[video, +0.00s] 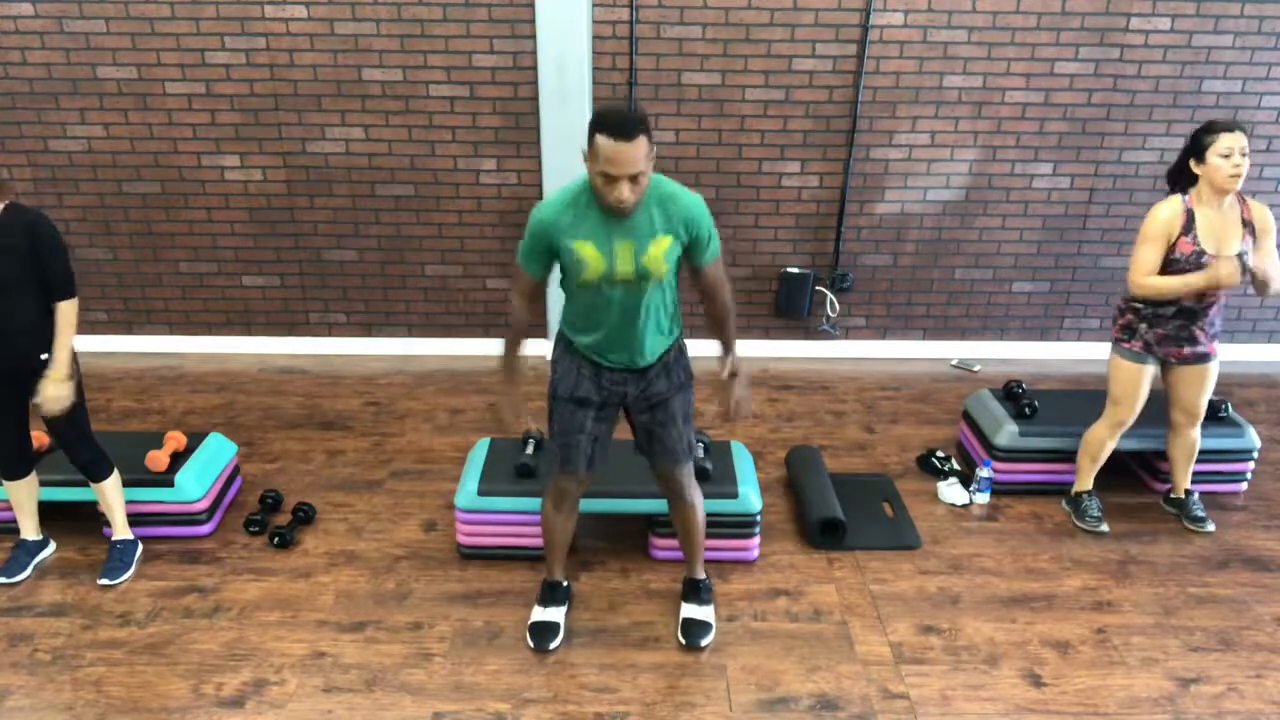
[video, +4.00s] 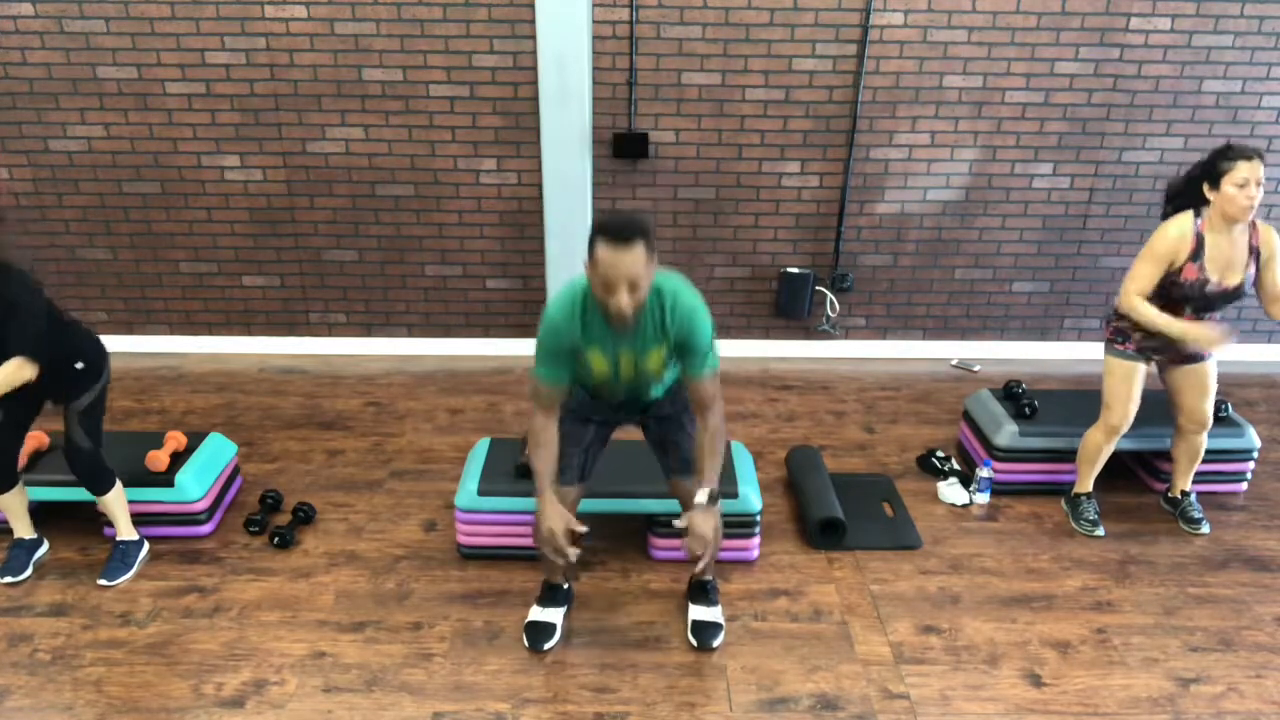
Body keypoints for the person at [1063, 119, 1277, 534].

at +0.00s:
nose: (1238, 164)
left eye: (1244, 156)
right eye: (1226, 156)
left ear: (1249, 161)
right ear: (1197, 165)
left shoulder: (1257, 216)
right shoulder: (1167, 213)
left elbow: (1268, 288)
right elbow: (1138, 283)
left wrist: (1256, 268)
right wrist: (1206, 279)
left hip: (1197, 331)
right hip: (1143, 326)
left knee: (1189, 419)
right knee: (1120, 416)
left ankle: (1181, 494)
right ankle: (1080, 491)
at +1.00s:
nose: (1238, 235)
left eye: (1244, 226)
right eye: (1227, 225)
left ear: (1250, 229)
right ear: (1199, 229)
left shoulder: (1254, 274)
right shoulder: (1168, 265)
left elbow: (1275, 336)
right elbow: (1130, 340)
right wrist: (1163, 389)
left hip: (1180, 346)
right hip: (1125, 338)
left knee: (1208, 425)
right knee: (1119, 424)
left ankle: (1179, 493)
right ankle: (1079, 493)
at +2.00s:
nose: (1252, 172)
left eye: (1256, 163)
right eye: (1241, 163)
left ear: (1260, 167)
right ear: (1208, 170)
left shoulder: (1262, 220)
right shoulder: (1177, 214)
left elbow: (1275, 286)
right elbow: (1141, 284)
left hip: (1198, 330)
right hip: (1145, 323)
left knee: (1192, 421)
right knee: (1119, 418)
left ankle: (1179, 494)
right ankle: (1080, 493)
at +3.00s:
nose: (1244, 203)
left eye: (1249, 193)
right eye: (1233, 192)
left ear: (1254, 195)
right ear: (1202, 196)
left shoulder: (1254, 242)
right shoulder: (1171, 238)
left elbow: (1277, 295)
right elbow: (1107, 294)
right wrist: (1071, 355)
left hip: (1189, 338)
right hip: (1132, 334)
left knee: (1206, 427)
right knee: (1116, 430)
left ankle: (1179, 493)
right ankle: (1080, 494)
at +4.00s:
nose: (1255, 195)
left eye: (1259, 185)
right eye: (1243, 185)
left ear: (1264, 189)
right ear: (1211, 191)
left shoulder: (1263, 239)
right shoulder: (1178, 232)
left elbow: (1274, 307)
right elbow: (1128, 300)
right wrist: (1186, 330)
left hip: (1192, 332)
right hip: (1137, 326)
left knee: (1197, 422)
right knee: (1116, 421)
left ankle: (1179, 494)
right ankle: (1080, 494)